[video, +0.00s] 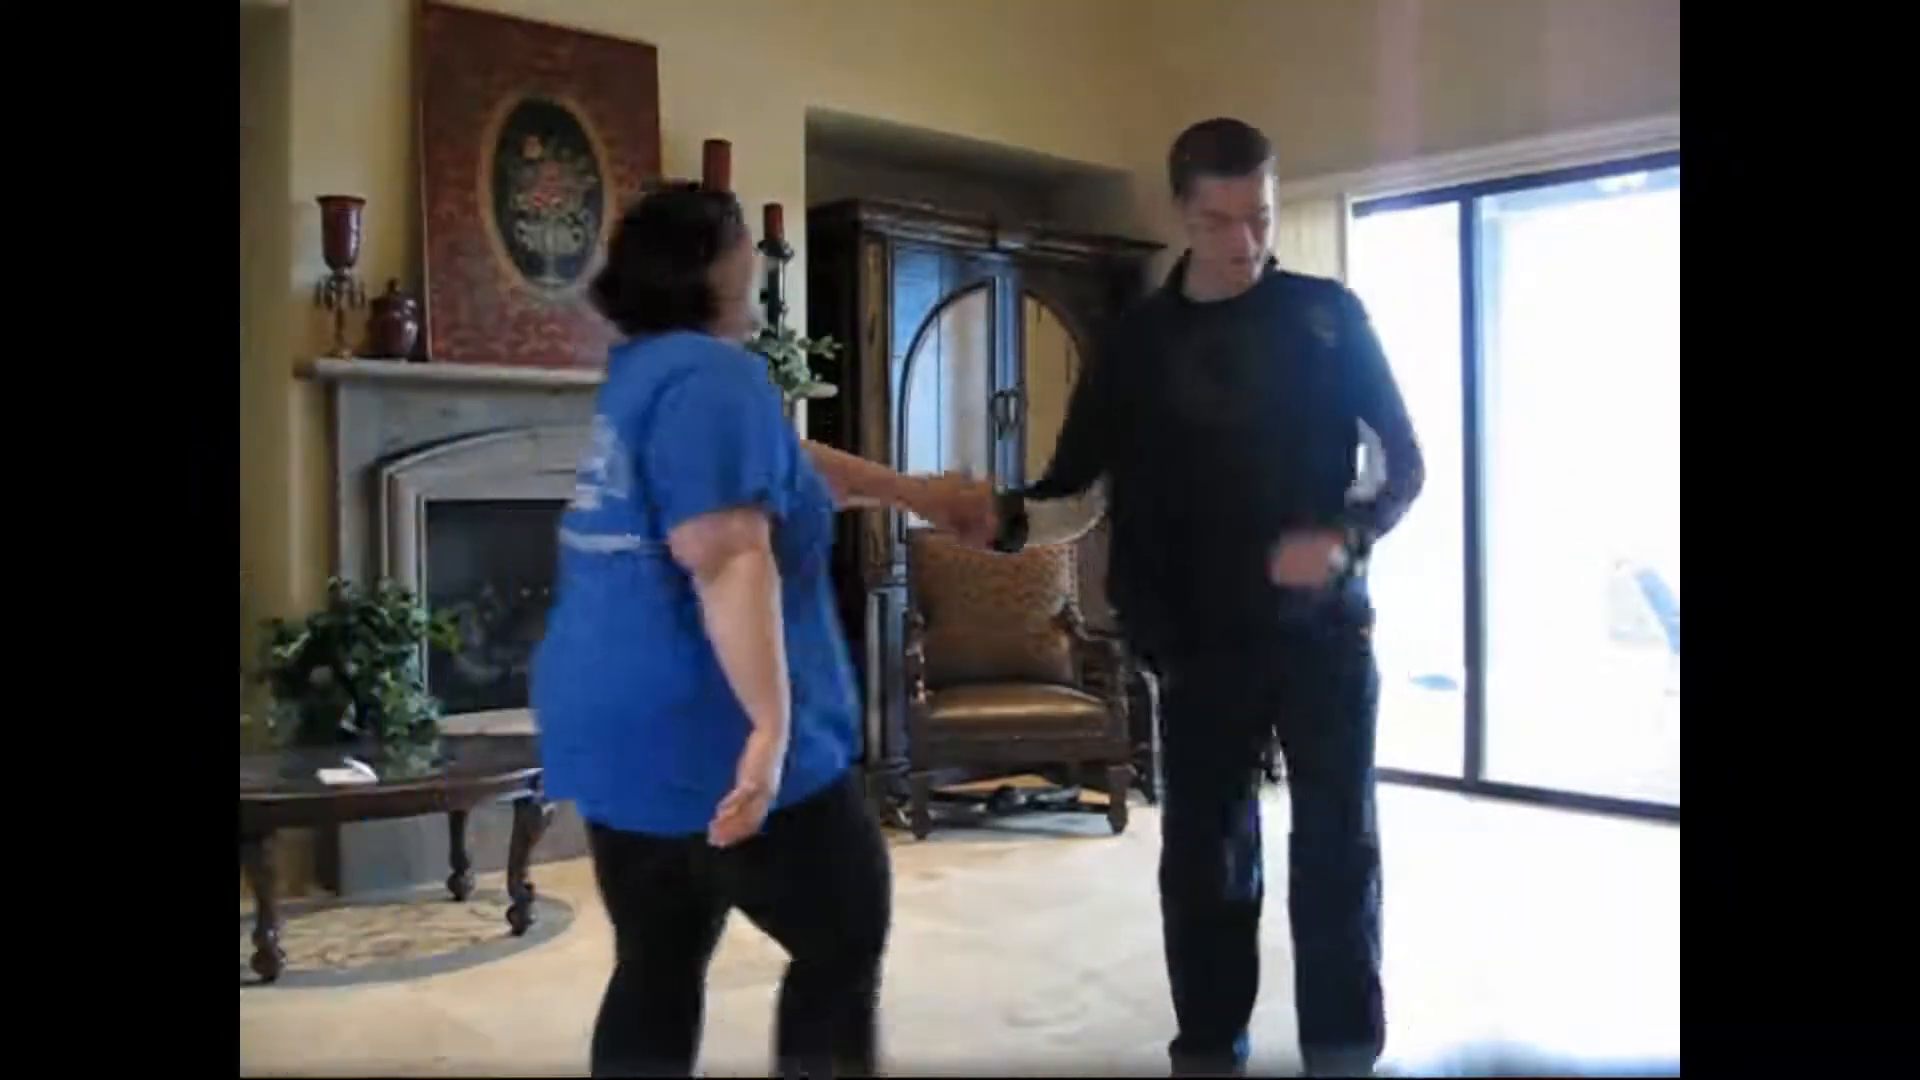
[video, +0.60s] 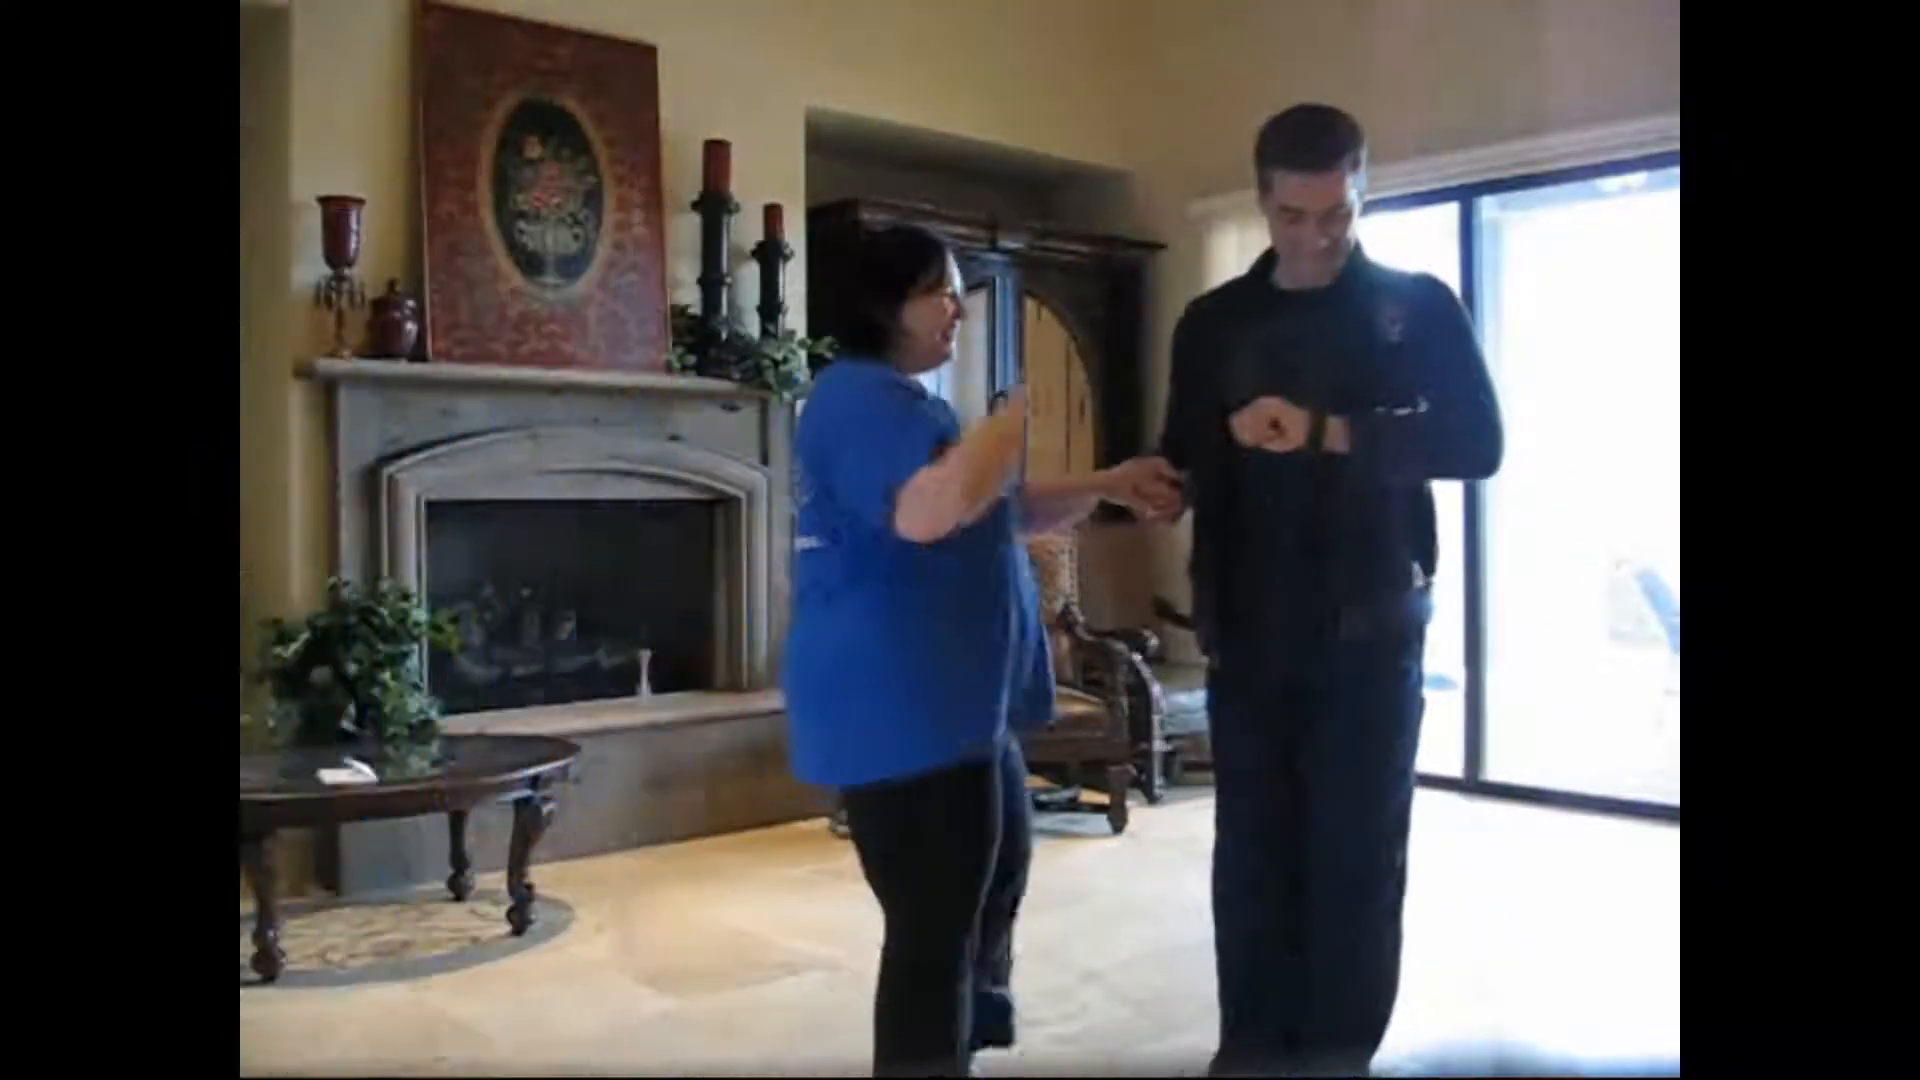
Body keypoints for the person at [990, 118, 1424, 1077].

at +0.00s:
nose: (1246, 240)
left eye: (1258, 216)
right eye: (1223, 220)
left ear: (1275, 207)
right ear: (1180, 215)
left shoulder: (1326, 315)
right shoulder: (1135, 334)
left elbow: (1404, 463)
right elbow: (1072, 481)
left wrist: (1345, 532)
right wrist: (1004, 519)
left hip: (1320, 637)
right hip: (1201, 642)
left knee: (1338, 859)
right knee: (1205, 865)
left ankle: (1343, 1059)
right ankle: (1208, 1055)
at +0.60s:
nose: (1312, 235)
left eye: (1330, 213)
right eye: (1291, 215)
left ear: (1358, 199)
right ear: (1261, 203)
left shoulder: (1415, 306)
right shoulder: (1209, 324)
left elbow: (1476, 443)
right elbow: (1181, 460)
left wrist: (1327, 431)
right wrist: (1154, 487)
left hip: (1368, 633)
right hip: (1246, 631)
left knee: (1355, 853)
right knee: (1252, 849)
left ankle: (1338, 1056)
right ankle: (1251, 1049)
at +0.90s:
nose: (1292, 181)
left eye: (1308, 160)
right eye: (1270, 167)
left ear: (1342, 173)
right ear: (1247, 189)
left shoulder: (1420, 303)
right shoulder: (1210, 325)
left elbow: (1481, 471)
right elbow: (1188, 469)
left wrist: (1410, 571)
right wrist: (1181, 476)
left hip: (1373, 636)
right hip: (1252, 637)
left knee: (1360, 865)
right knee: (1256, 860)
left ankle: (1338, 1059)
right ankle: (1250, 1055)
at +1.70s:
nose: (1158, 258)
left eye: (1171, 228)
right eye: (1134, 248)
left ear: (1219, 228)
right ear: (1125, 271)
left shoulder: (1353, 314)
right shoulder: (1146, 385)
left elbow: (1446, 431)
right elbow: (1141, 504)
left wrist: (1378, 519)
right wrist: (1174, 531)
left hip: (1378, 632)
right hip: (1253, 640)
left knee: (1362, 859)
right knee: (1262, 859)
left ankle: (1342, 1057)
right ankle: (1247, 1058)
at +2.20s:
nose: (1110, 224)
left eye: (1124, 199)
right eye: (1107, 203)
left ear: (1195, 195)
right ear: (1168, 204)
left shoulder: (1335, 287)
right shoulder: (1133, 344)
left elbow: (1430, 423)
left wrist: (1359, 518)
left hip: (1346, 628)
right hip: (1225, 633)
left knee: (1340, 860)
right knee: (1239, 863)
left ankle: (1330, 1059)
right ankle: (1241, 1058)